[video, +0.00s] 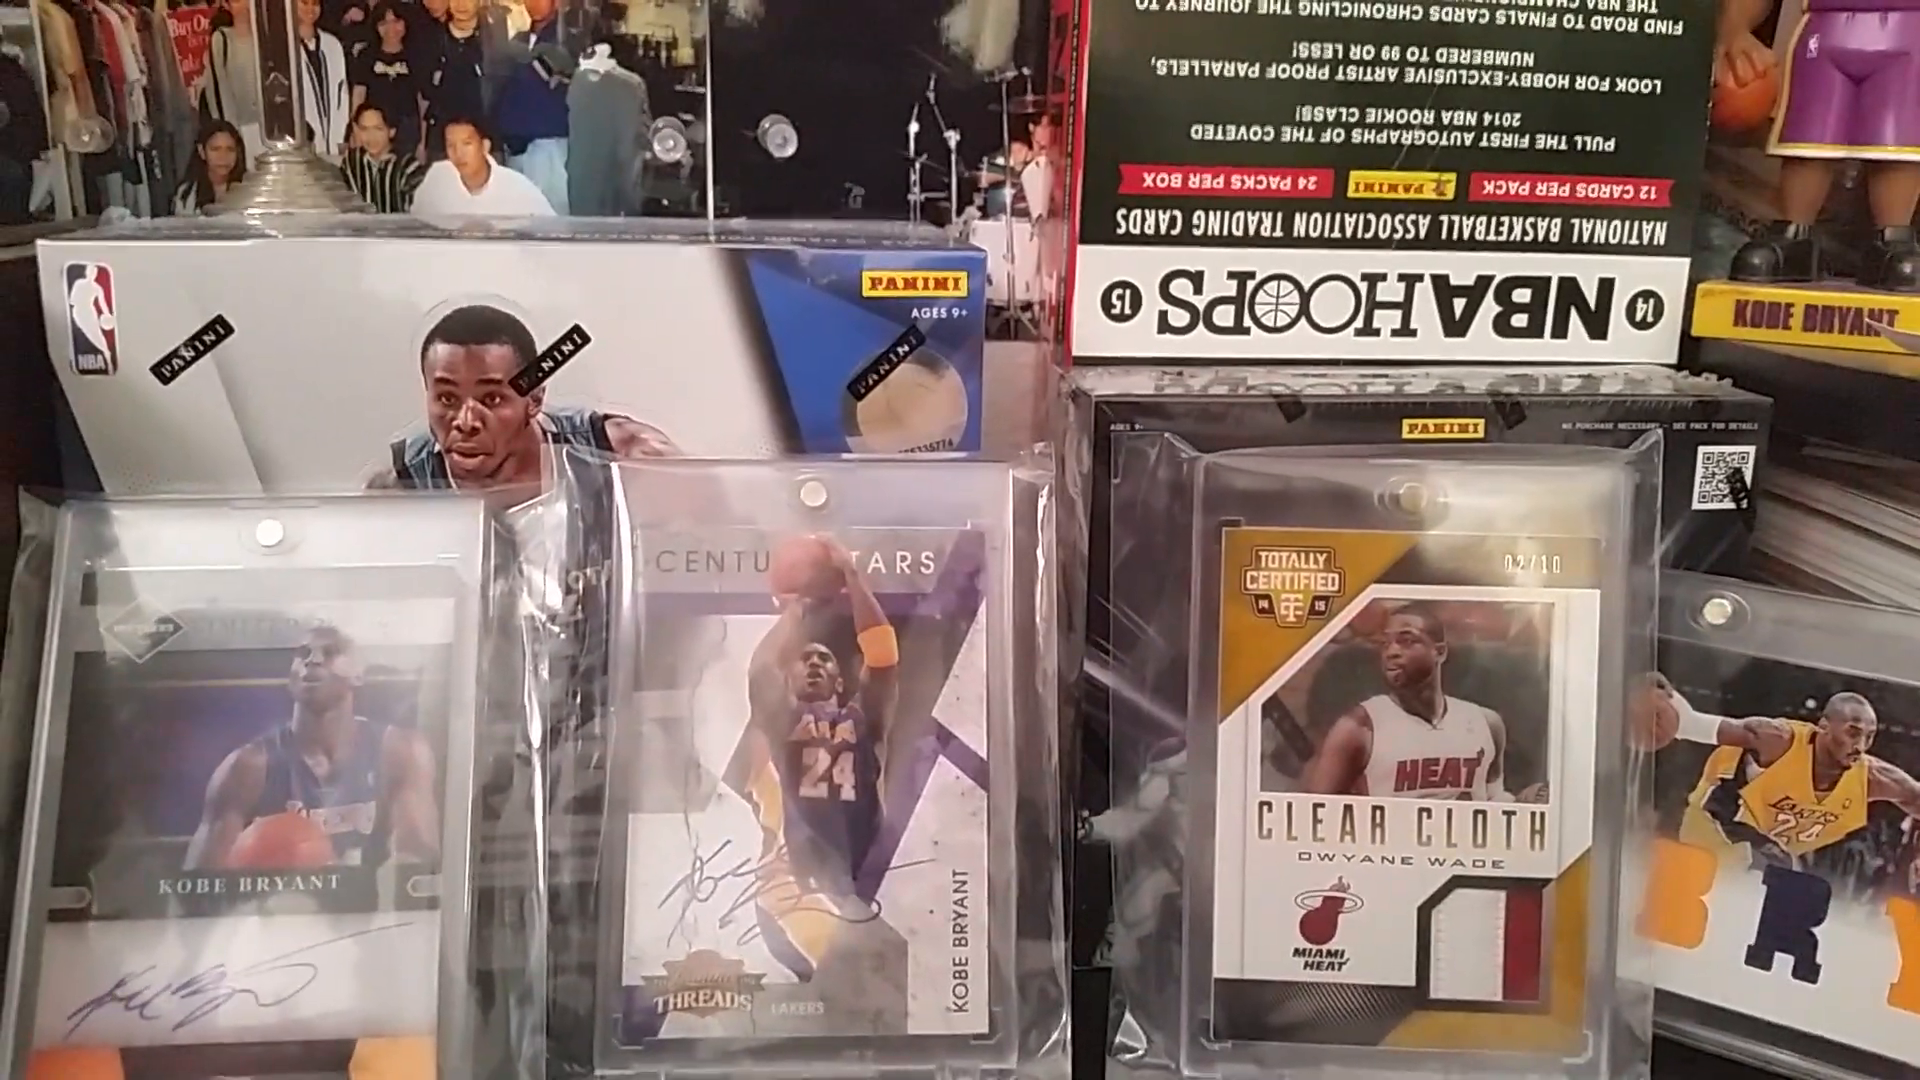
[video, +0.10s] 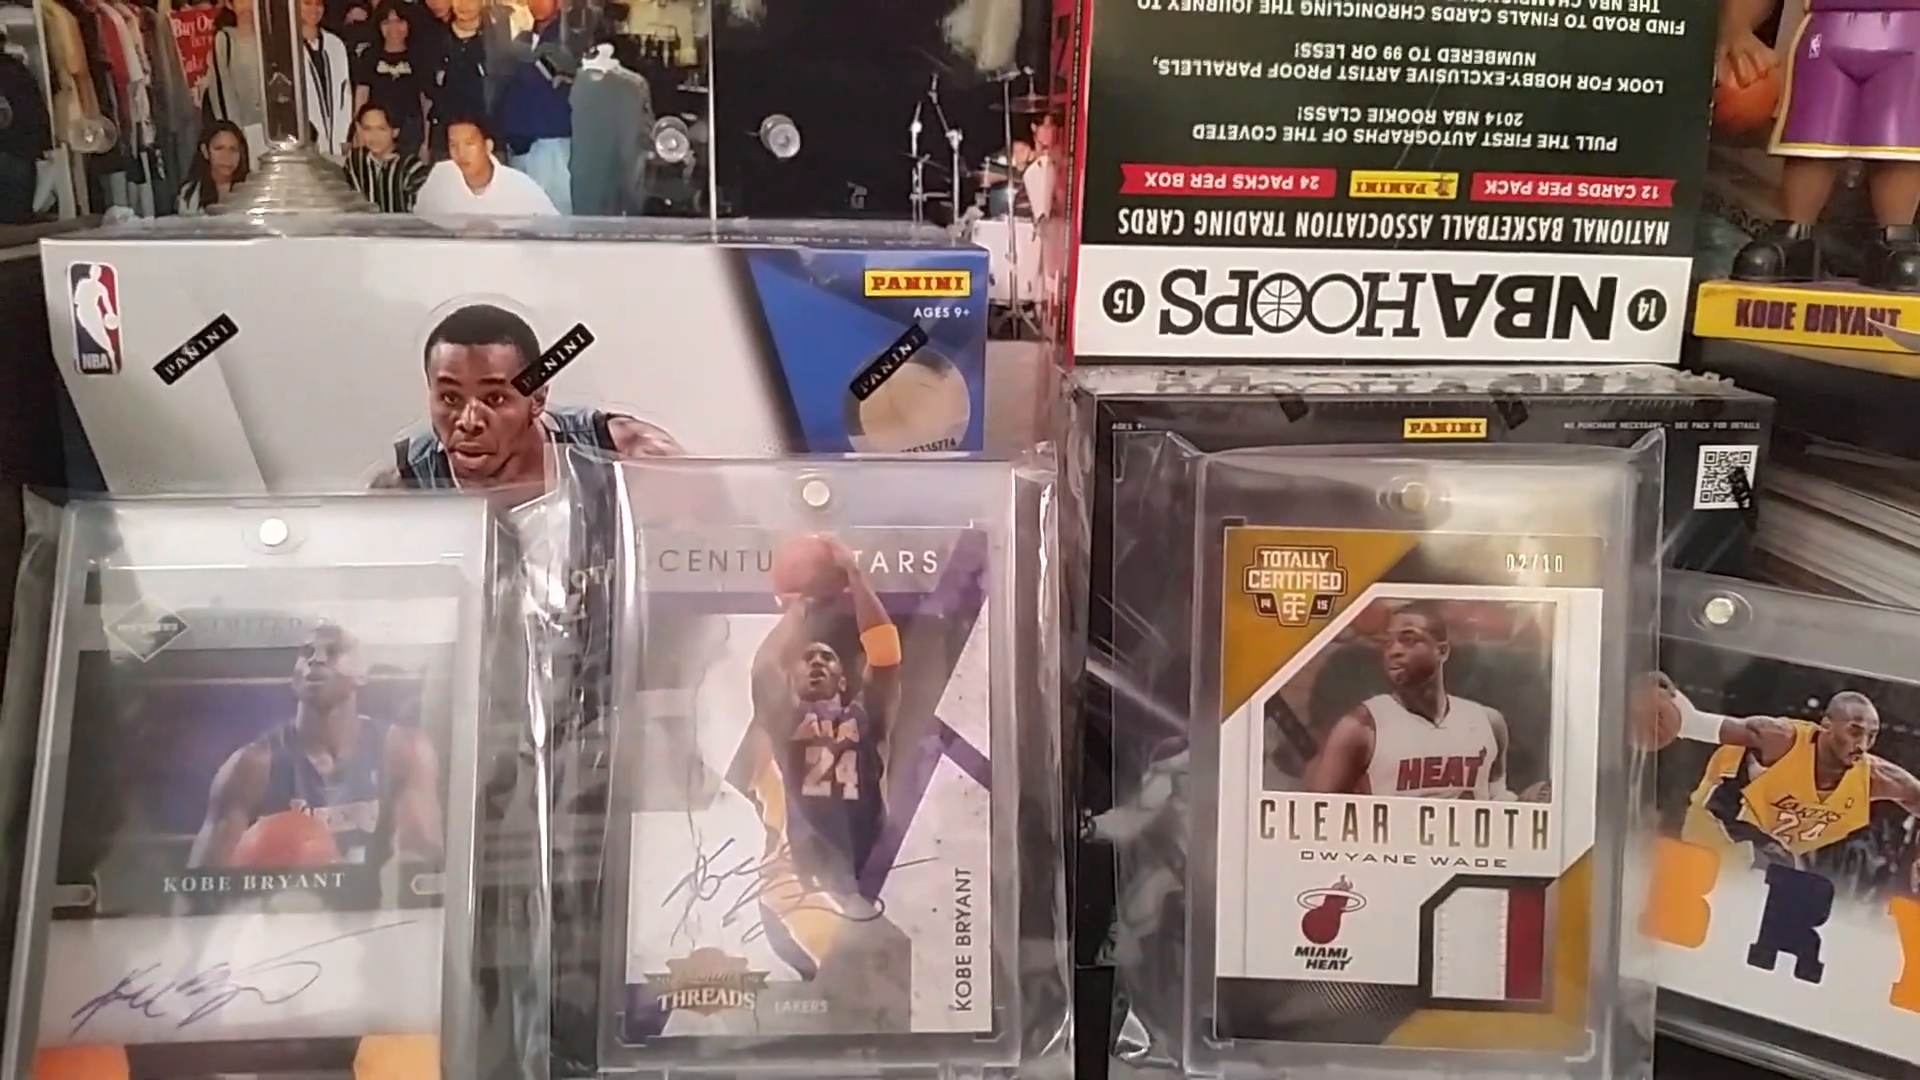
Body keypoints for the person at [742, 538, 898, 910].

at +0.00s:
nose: (814, 665)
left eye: (824, 660)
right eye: (804, 659)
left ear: (839, 680)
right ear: (789, 674)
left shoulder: (863, 721)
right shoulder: (781, 724)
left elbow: (882, 655)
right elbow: (763, 667)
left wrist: (852, 574)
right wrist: (798, 605)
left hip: (848, 888)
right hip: (789, 884)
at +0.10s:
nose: (816, 665)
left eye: (826, 659)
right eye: (807, 659)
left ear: (842, 679)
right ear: (791, 675)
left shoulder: (866, 720)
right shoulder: (785, 724)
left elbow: (885, 654)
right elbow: (767, 666)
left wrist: (855, 575)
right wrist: (799, 605)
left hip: (852, 888)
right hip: (794, 885)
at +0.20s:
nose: (826, 662)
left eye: (837, 657)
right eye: (817, 656)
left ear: (852, 677)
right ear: (802, 671)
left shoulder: (875, 716)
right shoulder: (796, 718)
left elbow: (894, 651)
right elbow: (776, 663)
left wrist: (864, 570)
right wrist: (808, 606)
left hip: (869, 879)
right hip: (809, 877)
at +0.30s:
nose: (831, 661)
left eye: (842, 656)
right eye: (822, 655)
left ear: (857, 676)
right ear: (807, 670)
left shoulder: (880, 715)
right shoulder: (801, 718)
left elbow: (899, 652)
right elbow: (781, 663)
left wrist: (869, 571)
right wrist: (814, 603)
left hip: (868, 882)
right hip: (810, 876)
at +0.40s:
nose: (841, 658)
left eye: (852, 653)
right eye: (831, 652)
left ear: (868, 671)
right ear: (816, 667)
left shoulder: (892, 713)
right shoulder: (811, 717)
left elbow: (908, 647)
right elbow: (792, 660)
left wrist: (880, 570)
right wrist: (822, 601)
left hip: (881, 874)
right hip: (821, 870)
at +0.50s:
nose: (846, 658)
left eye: (857, 653)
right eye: (836, 653)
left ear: (871, 672)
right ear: (821, 669)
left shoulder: (896, 713)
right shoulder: (815, 717)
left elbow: (913, 644)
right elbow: (795, 661)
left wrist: (883, 568)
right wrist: (826, 603)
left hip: (886, 864)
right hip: (824, 861)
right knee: (846, 925)